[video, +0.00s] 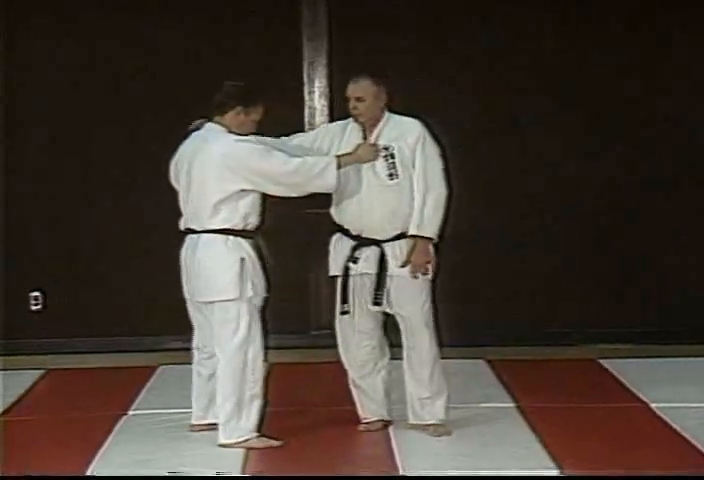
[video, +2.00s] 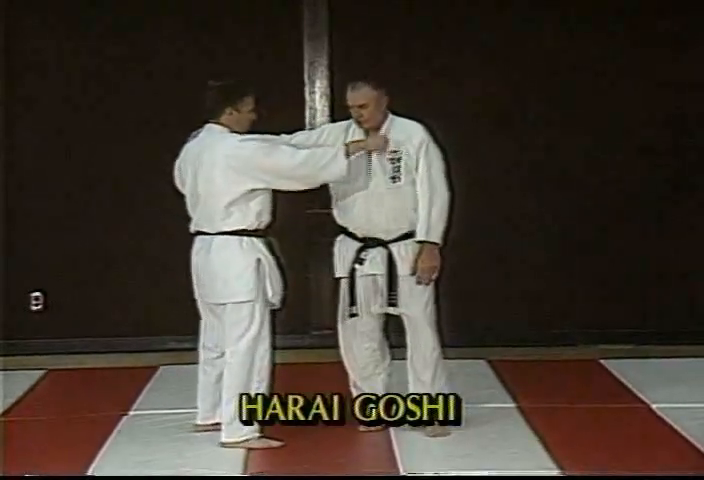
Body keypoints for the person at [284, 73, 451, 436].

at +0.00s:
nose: (353, 107)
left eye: (360, 100)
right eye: (349, 101)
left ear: (382, 100)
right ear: (346, 102)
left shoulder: (411, 133)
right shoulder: (337, 134)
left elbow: (434, 188)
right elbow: (290, 146)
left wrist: (424, 240)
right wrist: (244, 145)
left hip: (404, 247)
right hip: (353, 249)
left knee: (418, 332)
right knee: (358, 333)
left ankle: (428, 414)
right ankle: (372, 413)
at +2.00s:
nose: (358, 115)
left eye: (364, 108)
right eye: (352, 109)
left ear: (384, 102)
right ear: (348, 107)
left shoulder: (413, 136)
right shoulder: (337, 134)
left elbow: (435, 192)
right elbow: (290, 144)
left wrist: (431, 244)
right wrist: (242, 146)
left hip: (407, 246)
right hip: (356, 249)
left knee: (421, 327)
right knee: (359, 326)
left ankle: (428, 407)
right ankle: (370, 405)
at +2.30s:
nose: (363, 116)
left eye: (369, 109)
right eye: (358, 110)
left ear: (389, 105)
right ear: (354, 109)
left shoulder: (415, 137)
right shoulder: (345, 133)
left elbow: (430, 196)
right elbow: (294, 142)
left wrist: (392, 236)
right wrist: (242, 142)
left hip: (410, 244)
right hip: (358, 244)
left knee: (420, 324)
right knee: (360, 325)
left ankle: (433, 407)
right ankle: (373, 404)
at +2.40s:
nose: (367, 115)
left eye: (373, 107)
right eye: (362, 108)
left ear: (393, 104)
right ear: (358, 108)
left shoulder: (416, 137)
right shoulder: (349, 132)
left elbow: (417, 205)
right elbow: (299, 137)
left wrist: (363, 224)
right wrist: (245, 132)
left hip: (409, 246)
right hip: (359, 246)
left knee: (422, 330)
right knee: (361, 328)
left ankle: (434, 410)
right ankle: (374, 407)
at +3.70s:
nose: (400, 132)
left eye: (405, 124)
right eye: (395, 125)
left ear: (425, 115)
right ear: (390, 121)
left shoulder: (450, 144)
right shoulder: (387, 132)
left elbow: (414, 187)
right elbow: (340, 141)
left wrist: (347, 201)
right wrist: (290, 138)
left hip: (454, 245)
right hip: (412, 243)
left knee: (449, 329)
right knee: (412, 327)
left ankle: (443, 407)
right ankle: (419, 401)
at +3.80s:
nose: (400, 131)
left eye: (406, 124)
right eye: (395, 124)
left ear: (426, 116)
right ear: (391, 120)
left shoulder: (451, 146)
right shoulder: (386, 133)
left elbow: (412, 189)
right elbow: (341, 141)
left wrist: (346, 202)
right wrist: (291, 138)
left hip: (457, 243)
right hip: (419, 243)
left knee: (452, 325)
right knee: (429, 323)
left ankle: (447, 398)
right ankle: (436, 390)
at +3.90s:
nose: (401, 132)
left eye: (407, 124)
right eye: (396, 124)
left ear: (427, 116)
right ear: (392, 120)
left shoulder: (451, 146)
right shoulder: (388, 132)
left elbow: (412, 190)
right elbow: (343, 140)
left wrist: (344, 202)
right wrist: (294, 136)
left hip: (456, 242)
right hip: (422, 239)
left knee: (450, 322)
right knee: (437, 303)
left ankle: (441, 396)